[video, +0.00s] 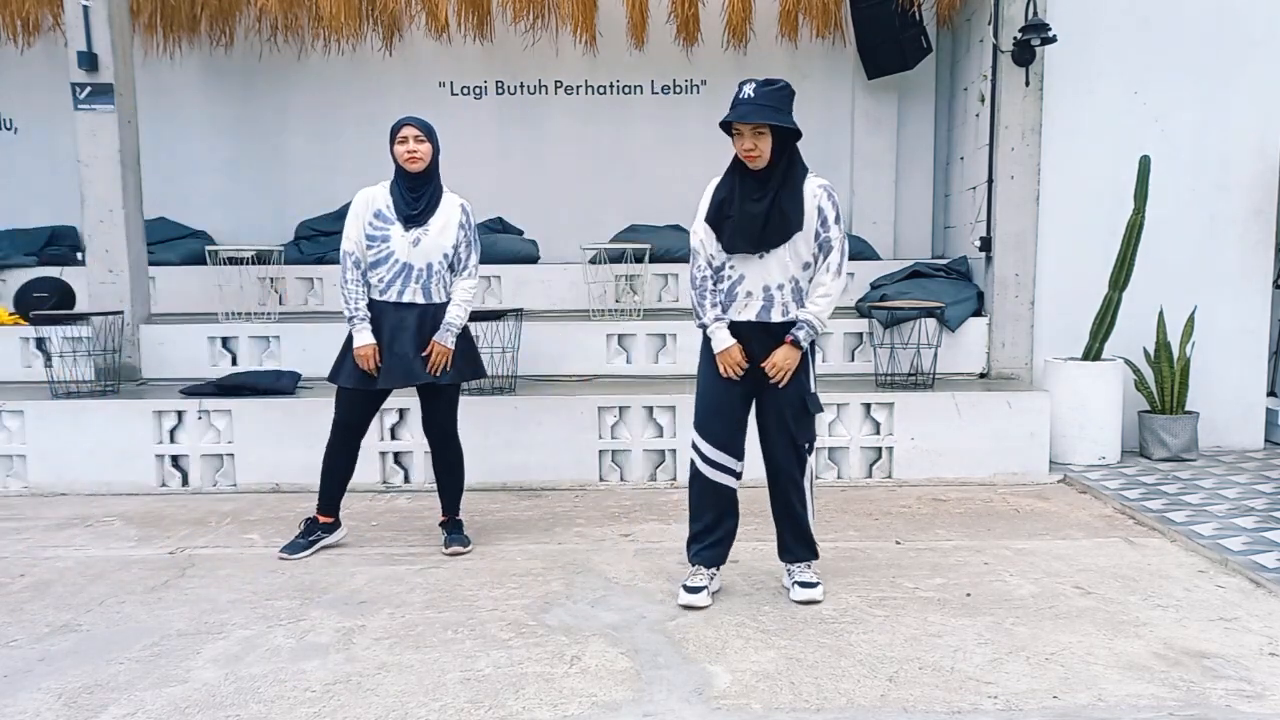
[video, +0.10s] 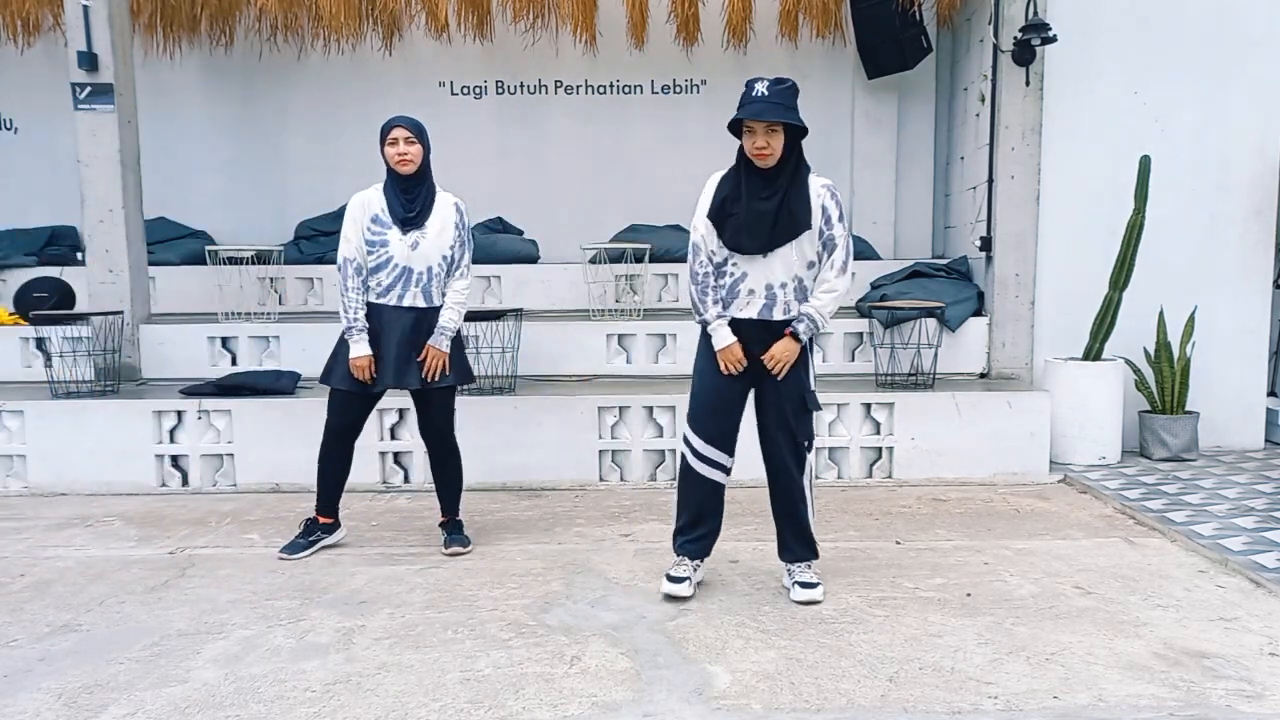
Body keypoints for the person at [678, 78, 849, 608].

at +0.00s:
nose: (746, 145)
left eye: (757, 135)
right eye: (739, 134)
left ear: (782, 135)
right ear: (730, 136)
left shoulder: (815, 194)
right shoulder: (717, 191)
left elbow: (833, 273)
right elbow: (700, 270)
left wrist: (798, 341)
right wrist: (719, 334)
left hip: (788, 342)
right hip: (725, 339)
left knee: (788, 458)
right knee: (712, 454)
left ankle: (799, 562)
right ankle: (703, 564)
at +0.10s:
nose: (761, 142)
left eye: (771, 132)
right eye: (751, 132)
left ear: (791, 135)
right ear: (739, 134)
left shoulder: (819, 194)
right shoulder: (720, 186)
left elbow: (836, 274)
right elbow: (700, 267)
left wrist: (798, 335)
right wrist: (719, 331)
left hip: (788, 338)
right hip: (724, 334)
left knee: (788, 454)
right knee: (703, 447)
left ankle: (799, 560)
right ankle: (688, 555)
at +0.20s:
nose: (765, 147)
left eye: (776, 137)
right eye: (756, 136)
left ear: (794, 139)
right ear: (742, 138)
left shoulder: (818, 199)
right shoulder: (717, 192)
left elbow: (836, 276)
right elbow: (696, 270)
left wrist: (795, 332)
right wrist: (717, 333)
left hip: (783, 339)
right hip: (719, 334)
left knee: (787, 452)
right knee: (686, 441)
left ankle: (800, 561)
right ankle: (657, 544)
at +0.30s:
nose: (766, 169)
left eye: (777, 158)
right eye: (757, 158)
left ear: (793, 163)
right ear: (741, 161)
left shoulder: (812, 221)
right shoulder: (713, 213)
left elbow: (826, 292)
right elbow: (685, 287)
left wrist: (784, 348)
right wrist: (708, 354)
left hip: (774, 352)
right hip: (710, 347)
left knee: (791, 453)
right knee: (663, 443)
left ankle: (800, 562)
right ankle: (621, 539)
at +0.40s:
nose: (751, 201)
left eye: (762, 190)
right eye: (741, 190)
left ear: (778, 194)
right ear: (726, 194)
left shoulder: (798, 252)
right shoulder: (700, 245)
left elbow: (808, 327)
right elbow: (671, 321)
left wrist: (767, 372)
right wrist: (693, 384)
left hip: (760, 378)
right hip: (691, 374)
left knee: (790, 462)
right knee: (640, 461)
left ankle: (799, 564)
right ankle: (591, 541)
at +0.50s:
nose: (711, 223)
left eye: (721, 212)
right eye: (700, 212)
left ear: (737, 214)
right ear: (687, 216)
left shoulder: (759, 267)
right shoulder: (664, 267)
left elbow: (782, 335)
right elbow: (642, 339)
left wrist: (739, 384)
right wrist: (670, 399)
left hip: (738, 392)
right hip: (671, 391)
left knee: (776, 465)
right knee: (620, 461)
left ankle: (799, 564)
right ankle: (583, 548)